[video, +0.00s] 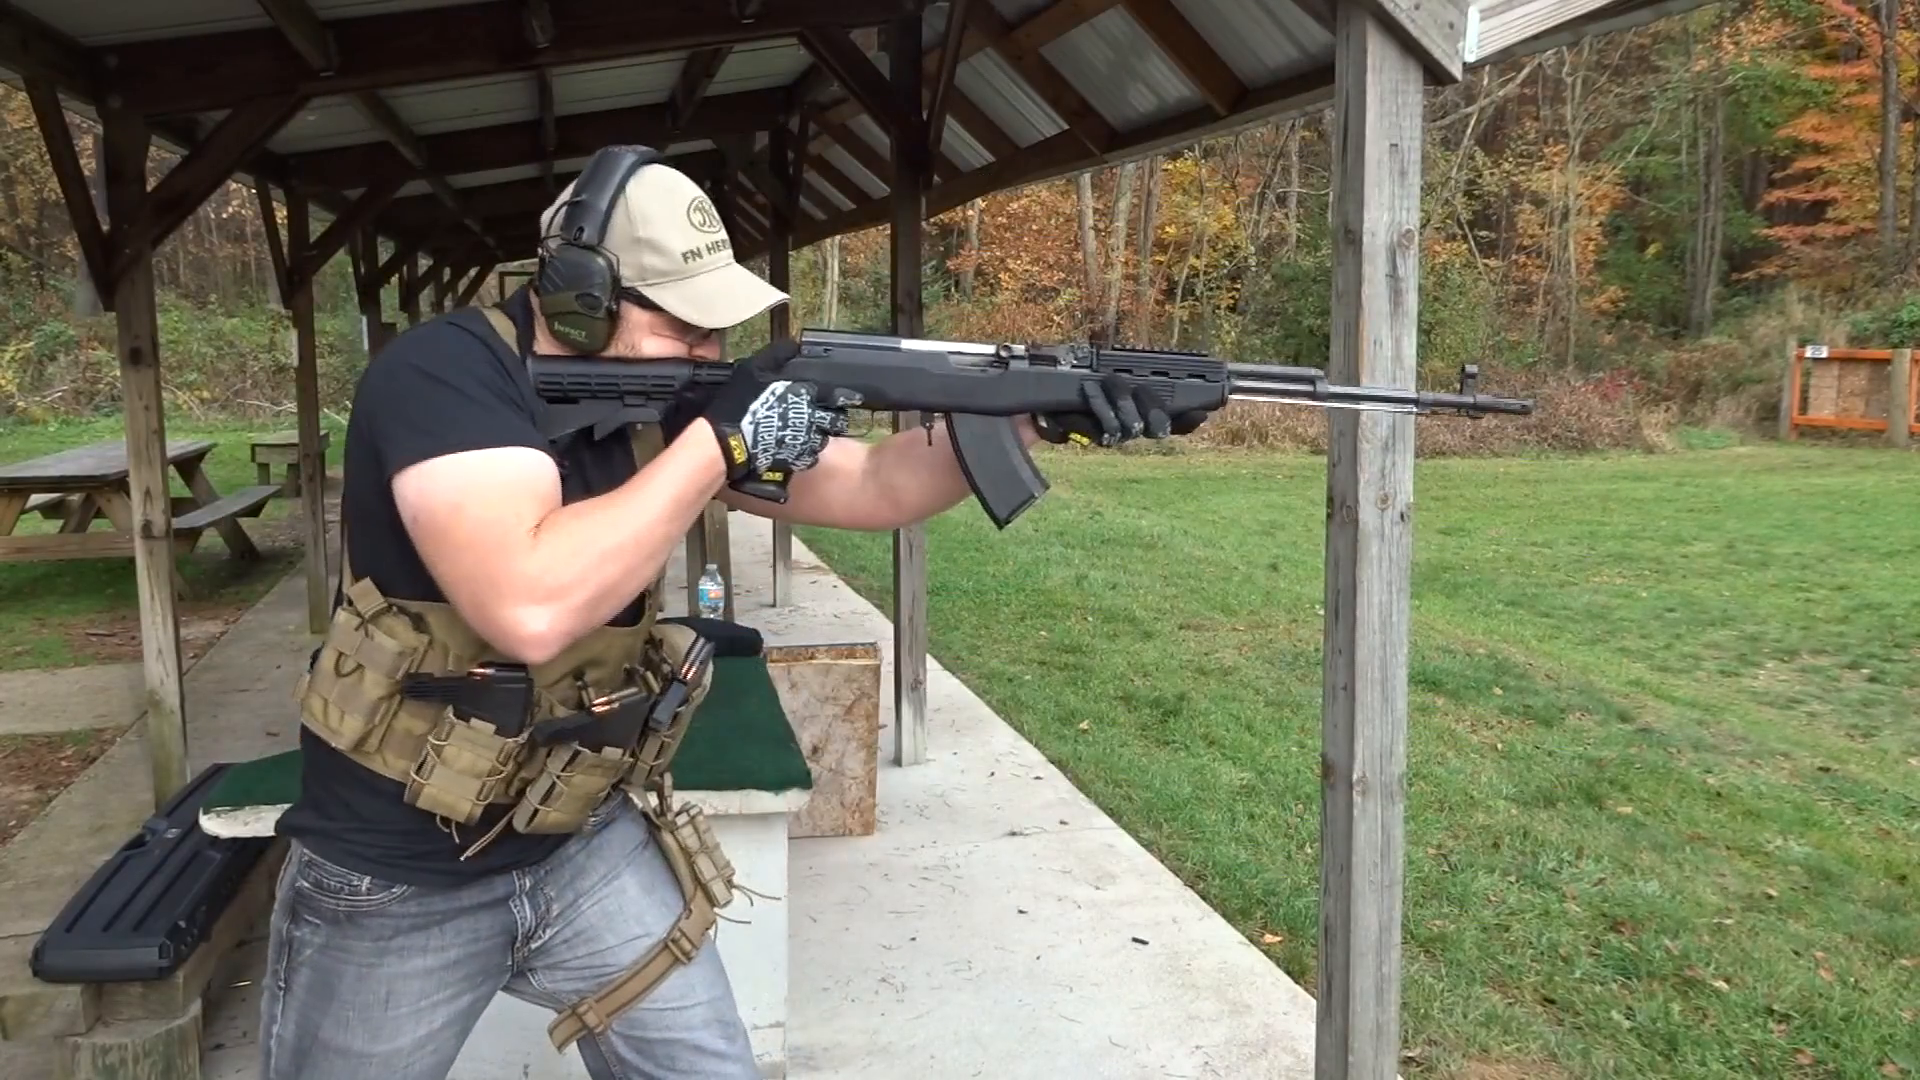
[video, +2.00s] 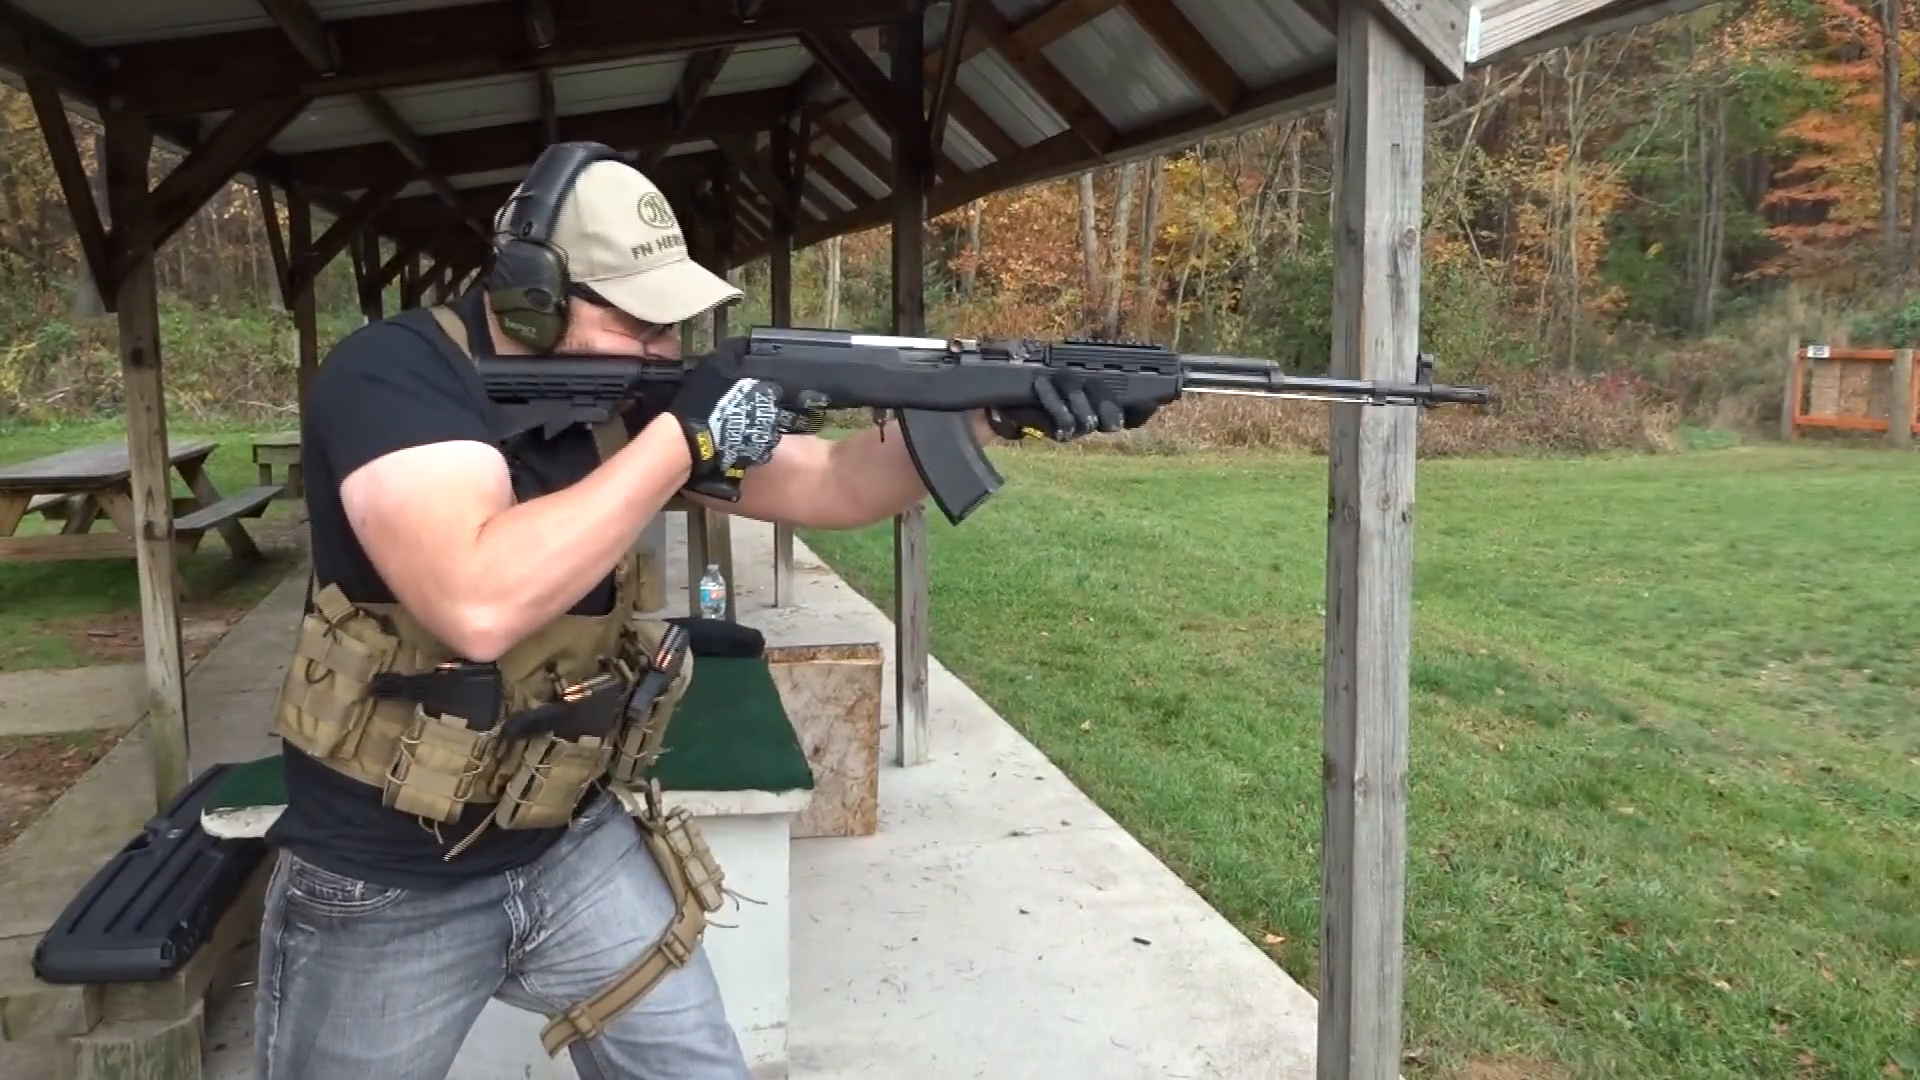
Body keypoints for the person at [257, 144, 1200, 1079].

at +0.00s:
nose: (705, 352)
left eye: (710, 330)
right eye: (680, 327)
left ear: (692, 309)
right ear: (582, 302)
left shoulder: (659, 404)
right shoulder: (433, 381)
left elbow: (876, 481)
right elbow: (533, 607)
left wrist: (1053, 404)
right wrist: (718, 438)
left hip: (593, 842)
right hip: (396, 876)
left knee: (711, 1065)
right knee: (331, 1075)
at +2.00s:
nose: (659, 349)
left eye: (665, 326)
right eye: (632, 325)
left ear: (664, 300)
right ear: (533, 301)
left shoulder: (625, 402)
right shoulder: (384, 379)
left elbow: (833, 479)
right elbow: (477, 602)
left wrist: (1015, 400)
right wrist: (683, 431)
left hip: (579, 848)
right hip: (385, 893)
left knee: (701, 1059)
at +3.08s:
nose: (650, 352)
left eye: (656, 327)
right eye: (622, 326)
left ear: (657, 298)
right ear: (523, 302)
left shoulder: (620, 403)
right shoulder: (372, 378)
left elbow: (824, 481)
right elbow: (459, 603)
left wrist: (1009, 400)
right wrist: (674, 434)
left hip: (575, 852)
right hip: (378, 898)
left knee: (700, 1067)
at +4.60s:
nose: (752, 278)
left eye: (756, 249)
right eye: (723, 250)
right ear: (623, 240)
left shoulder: (741, 385)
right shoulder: (497, 375)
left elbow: (897, 525)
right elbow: (528, 622)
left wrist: (985, 458)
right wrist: (769, 500)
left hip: (693, 827)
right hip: (493, 860)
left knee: (787, 1066)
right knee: (428, 1066)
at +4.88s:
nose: (739, 253)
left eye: (756, 220)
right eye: (703, 227)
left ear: (774, 212)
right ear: (614, 220)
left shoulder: (783, 346)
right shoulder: (514, 381)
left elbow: (967, 486)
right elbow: (531, 667)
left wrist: (1018, 424)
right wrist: (766, 508)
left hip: (752, 819)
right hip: (553, 849)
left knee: (800, 1065)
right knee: (520, 1065)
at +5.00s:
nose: (665, 270)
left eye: (683, 233)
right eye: (625, 241)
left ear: (713, 225)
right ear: (551, 244)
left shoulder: (758, 351)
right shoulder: (465, 410)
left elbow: (945, 496)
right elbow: (480, 714)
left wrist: (992, 449)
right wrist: (726, 550)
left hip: (739, 835)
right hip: (534, 866)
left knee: (794, 1063)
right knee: (496, 1063)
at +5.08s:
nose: (622, 283)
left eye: (639, 243)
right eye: (579, 255)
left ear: (672, 236)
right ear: (503, 260)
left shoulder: (729, 357)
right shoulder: (430, 421)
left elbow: (915, 510)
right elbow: (450, 745)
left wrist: (969, 470)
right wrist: (699, 571)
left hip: (721, 847)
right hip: (514, 885)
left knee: (785, 1062)